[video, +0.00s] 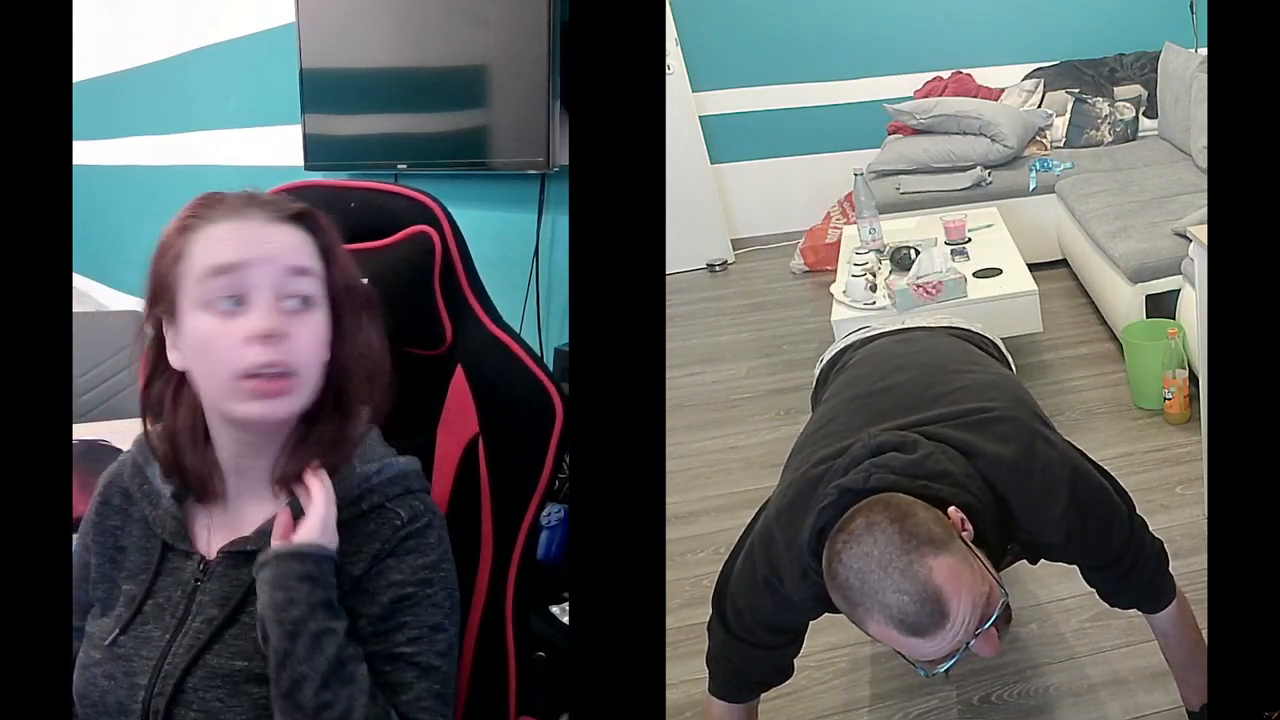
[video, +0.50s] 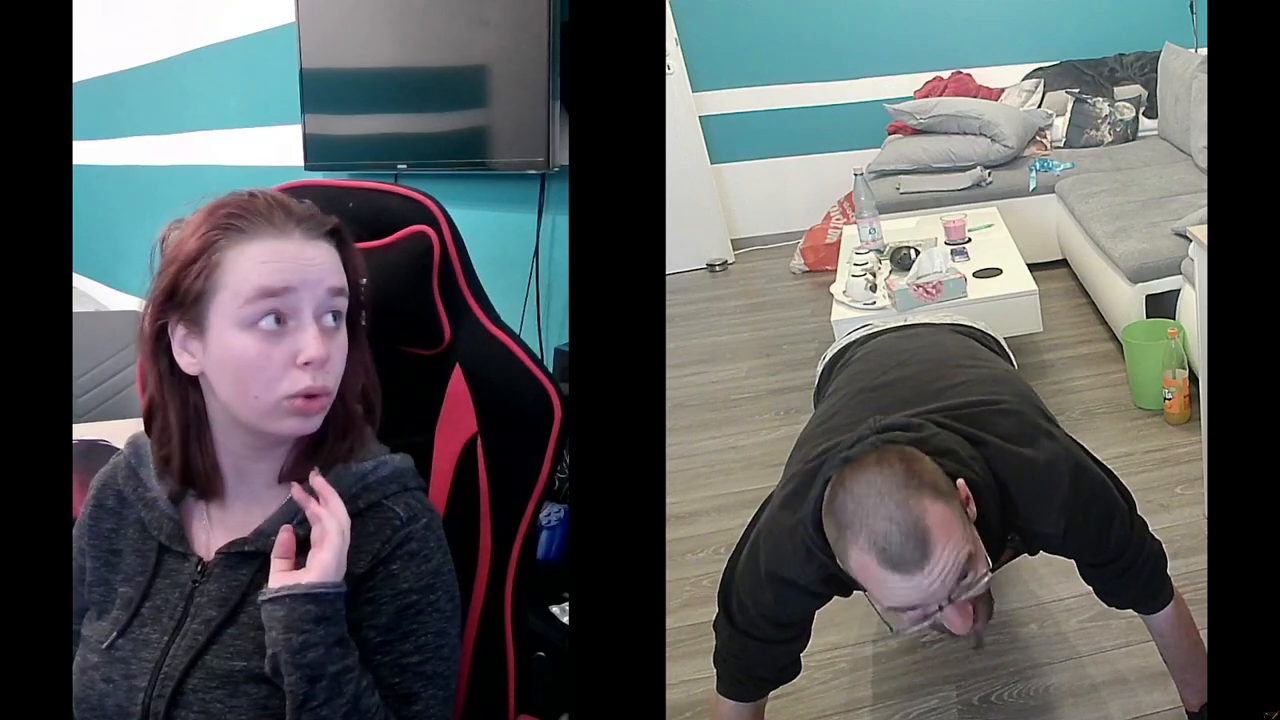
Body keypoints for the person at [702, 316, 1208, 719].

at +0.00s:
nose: (989, 647)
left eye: (986, 614)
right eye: (949, 655)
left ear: (961, 527)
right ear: (860, 622)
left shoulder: (1048, 485)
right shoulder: (771, 570)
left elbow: (1163, 601)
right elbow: (728, 699)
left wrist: (1199, 704)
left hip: (964, 335)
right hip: (845, 356)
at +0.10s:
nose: (989, 648)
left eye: (987, 614)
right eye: (948, 655)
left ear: (962, 527)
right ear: (862, 622)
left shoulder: (1049, 485)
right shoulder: (772, 568)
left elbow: (1163, 602)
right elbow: (729, 698)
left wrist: (1200, 704)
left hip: (965, 335)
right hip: (845, 356)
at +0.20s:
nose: (988, 645)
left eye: (986, 611)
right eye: (947, 651)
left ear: (965, 524)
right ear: (860, 614)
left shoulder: (1048, 482)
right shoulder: (775, 566)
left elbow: (1162, 600)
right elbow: (732, 697)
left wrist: (1200, 704)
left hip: (965, 335)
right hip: (845, 355)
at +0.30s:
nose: (982, 645)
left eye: (982, 609)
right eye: (940, 646)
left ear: (967, 522)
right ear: (858, 603)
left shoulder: (1051, 482)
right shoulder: (777, 563)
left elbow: (1162, 601)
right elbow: (734, 697)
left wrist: (1199, 703)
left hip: (966, 333)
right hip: (845, 353)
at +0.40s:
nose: (969, 634)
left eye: (968, 591)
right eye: (926, 628)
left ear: (967, 512)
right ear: (855, 583)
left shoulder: (1052, 483)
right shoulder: (780, 557)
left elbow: (1161, 601)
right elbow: (735, 696)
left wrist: (1199, 704)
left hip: (966, 334)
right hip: (846, 352)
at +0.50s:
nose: (959, 624)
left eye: (964, 578)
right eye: (915, 614)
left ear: (966, 504)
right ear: (852, 574)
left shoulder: (1050, 479)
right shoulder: (781, 554)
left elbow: (1159, 600)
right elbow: (737, 697)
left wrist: (1199, 703)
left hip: (966, 334)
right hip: (846, 352)